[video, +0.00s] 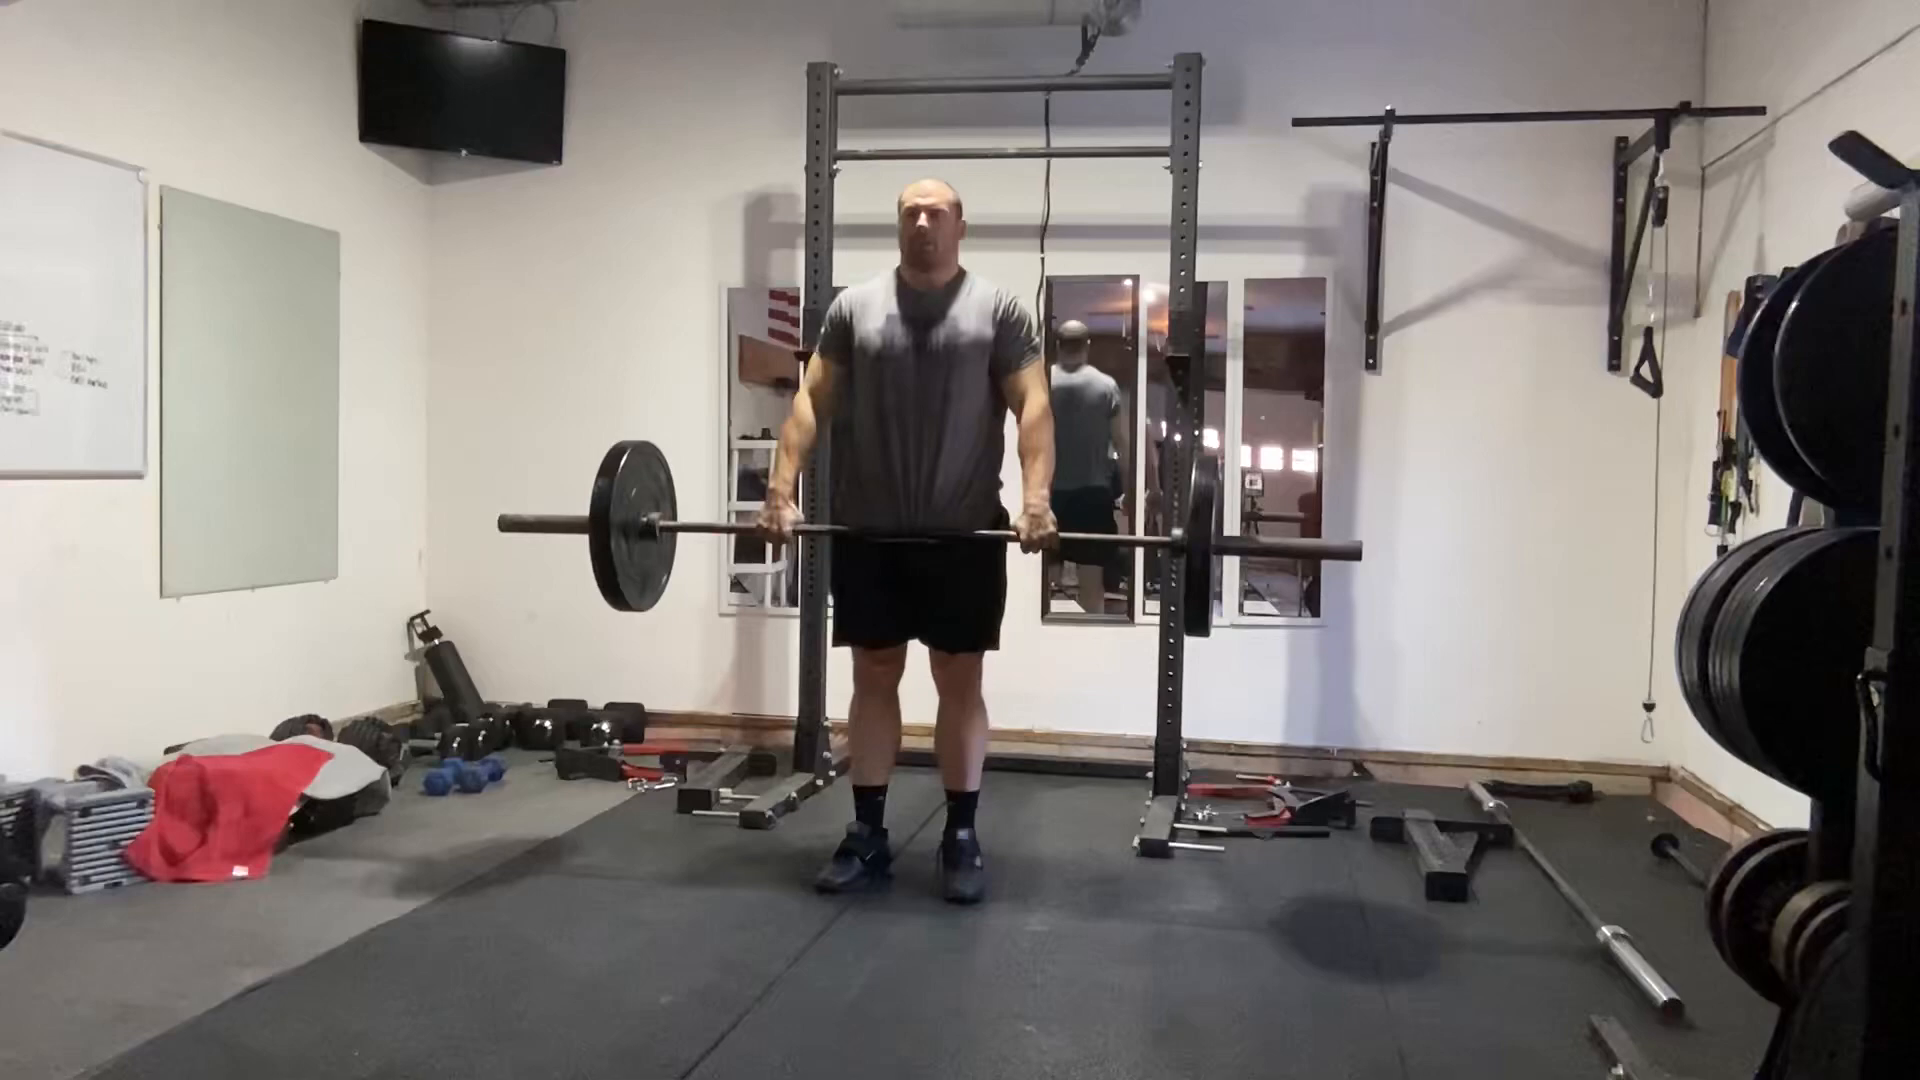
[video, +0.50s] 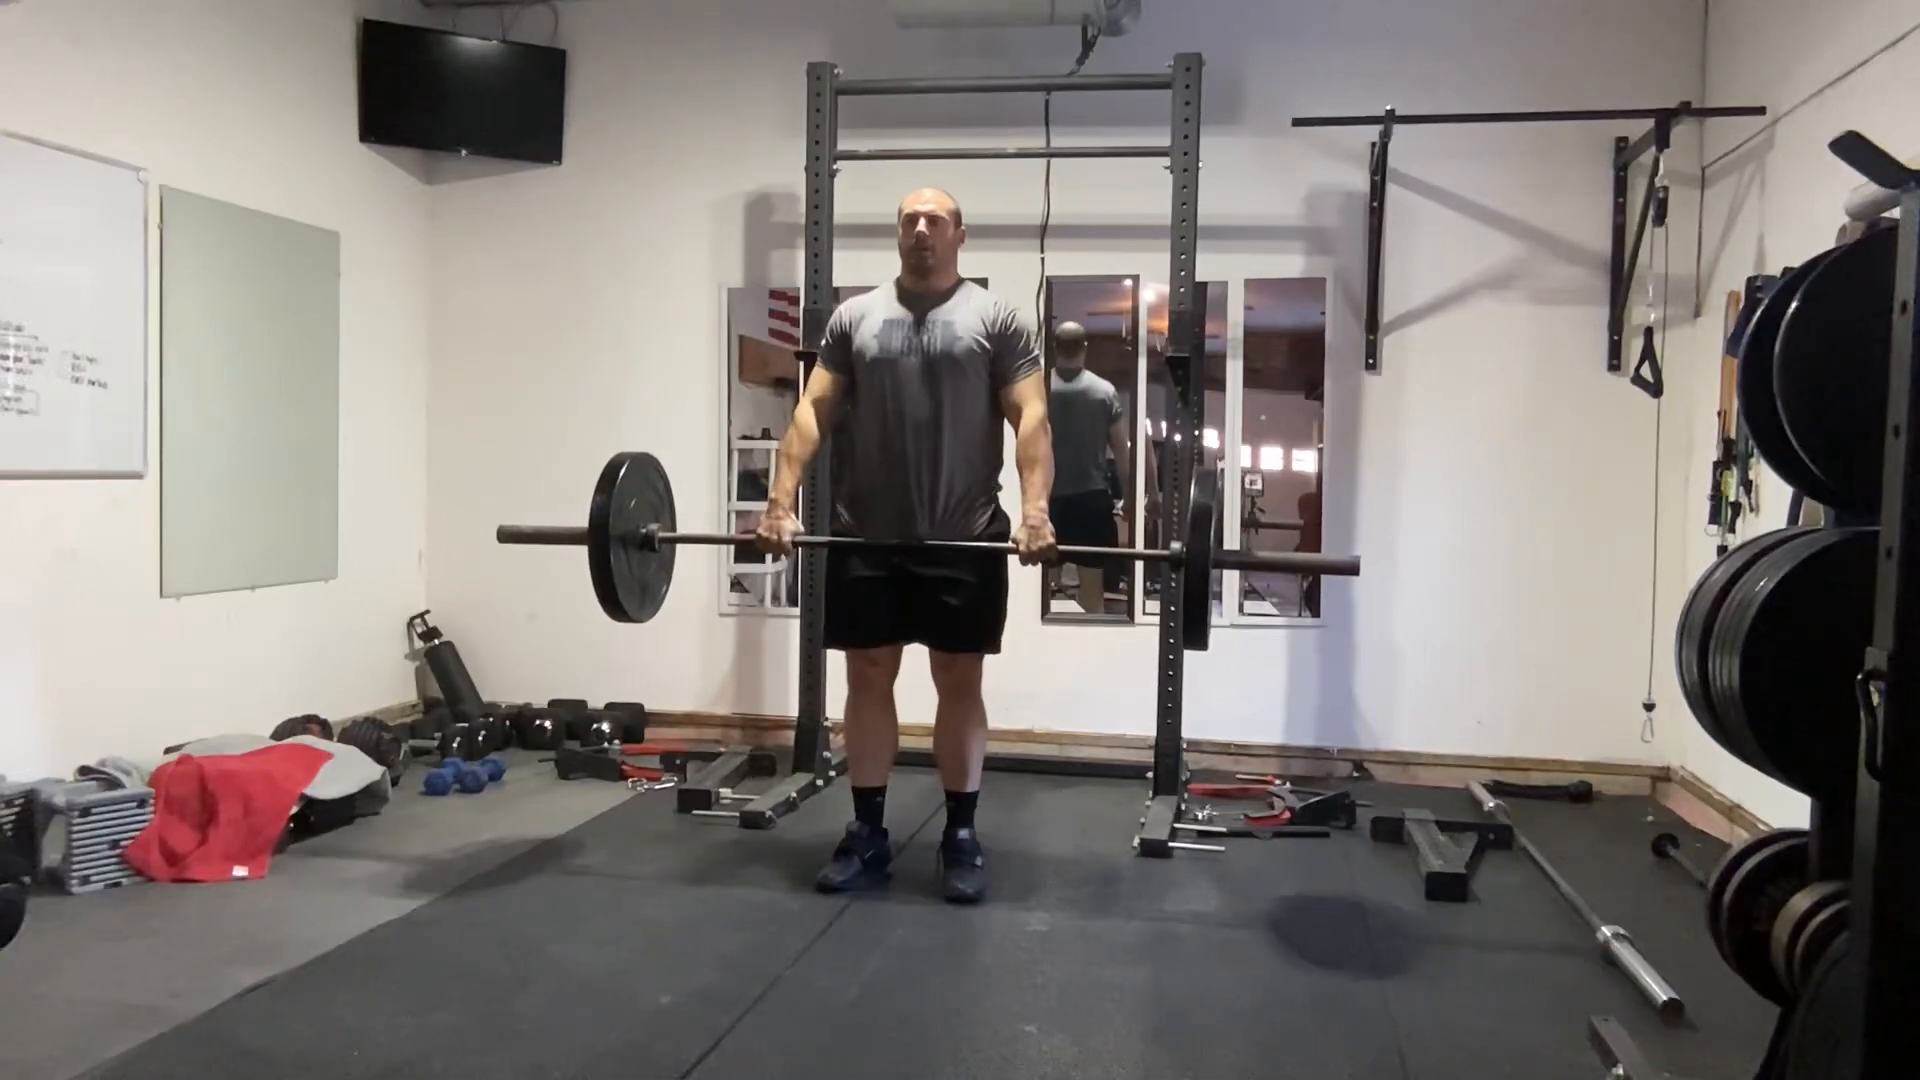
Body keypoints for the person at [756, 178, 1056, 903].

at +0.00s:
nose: (920, 219)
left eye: (934, 211)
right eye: (910, 211)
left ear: (961, 229)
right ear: (897, 229)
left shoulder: (996, 313)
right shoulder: (852, 308)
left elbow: (1032, 406)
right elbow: (808, 399)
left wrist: (1037, 498)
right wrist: (781, 486)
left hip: (961, 530)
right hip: (868, 527)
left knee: (959, 679)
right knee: (874, 675)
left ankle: (961, 837)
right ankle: (866, 836)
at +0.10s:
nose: (926, 229)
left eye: (940, 220)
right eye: (916, 221)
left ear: (965, 238)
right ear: (901, 237)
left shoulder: (999, 318)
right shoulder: (858, 315)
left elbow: (1030, 414)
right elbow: (815, 406)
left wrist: (1035, 505)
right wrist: (781, 495)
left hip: (961, 534)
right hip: (868, 532)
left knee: (958, 681)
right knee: (871, 678)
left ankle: (961, 837)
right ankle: (866, 837)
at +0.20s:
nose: (927, 233)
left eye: (941, 224)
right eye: (917, 224)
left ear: (966, 241)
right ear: (903, 239)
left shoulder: (999, 322)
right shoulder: (859, 319)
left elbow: (1031, 416)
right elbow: (815, 408)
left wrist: (1035, 506)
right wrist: (782, 495)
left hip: (961, 533)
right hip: (868, 532)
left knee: (958, 679)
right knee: (868, 676)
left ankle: (960, 838)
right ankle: (866, 838)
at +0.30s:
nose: (924, 233)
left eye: (939, 224)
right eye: (914, 224)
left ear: (963, 242)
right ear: (901, 238)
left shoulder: (997, 322)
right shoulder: (858, 318)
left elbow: (1031, 416)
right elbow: (813, 407)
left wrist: (1035, 506)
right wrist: (782, 496)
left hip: (961, 533)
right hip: (868, 532)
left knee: (958, 679)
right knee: (869, 675)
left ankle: (960, 838)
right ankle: (866, 838)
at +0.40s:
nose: (923, 231)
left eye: (937, 222)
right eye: (913, 222)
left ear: (961, 240)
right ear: (899, 238)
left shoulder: (996, 322)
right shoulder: (856, 319)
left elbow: (1031, 416)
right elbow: (812, 408)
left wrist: (1035, 507)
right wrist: (781, 498)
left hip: (962, 534)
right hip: (868, 534)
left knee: (959, 680)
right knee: (868, 676)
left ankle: (960, 838)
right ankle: (866, 837)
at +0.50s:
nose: (920, 228)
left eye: (935, 219)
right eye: (910, 219)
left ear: (959, 238)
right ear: (897, 236)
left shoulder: (995, 320)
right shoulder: (853, 318)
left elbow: (1030, 417)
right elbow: (810, 410)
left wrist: (1035, 508)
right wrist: (780, 501)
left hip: (962, 534)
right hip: (867, 533)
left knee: (958, 679)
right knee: (867, 676)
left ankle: (961, 836)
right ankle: (866, 836)